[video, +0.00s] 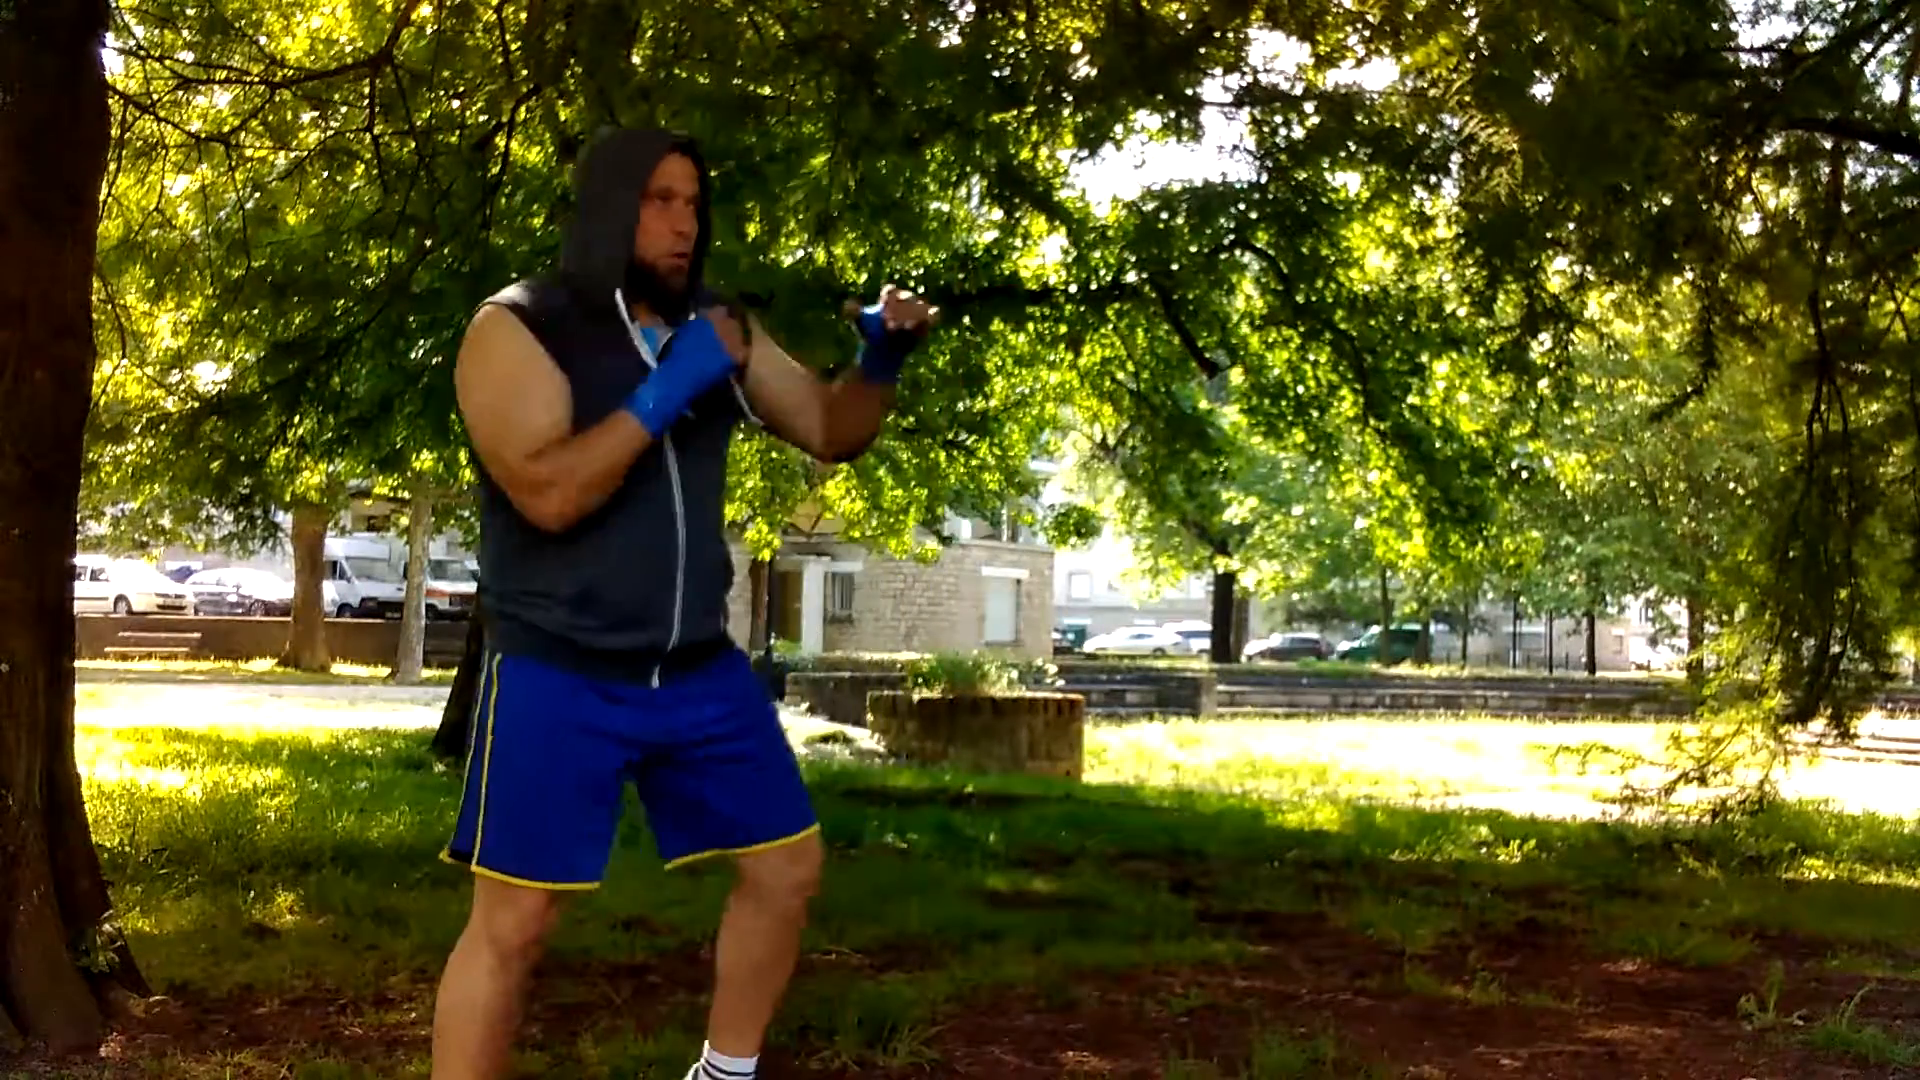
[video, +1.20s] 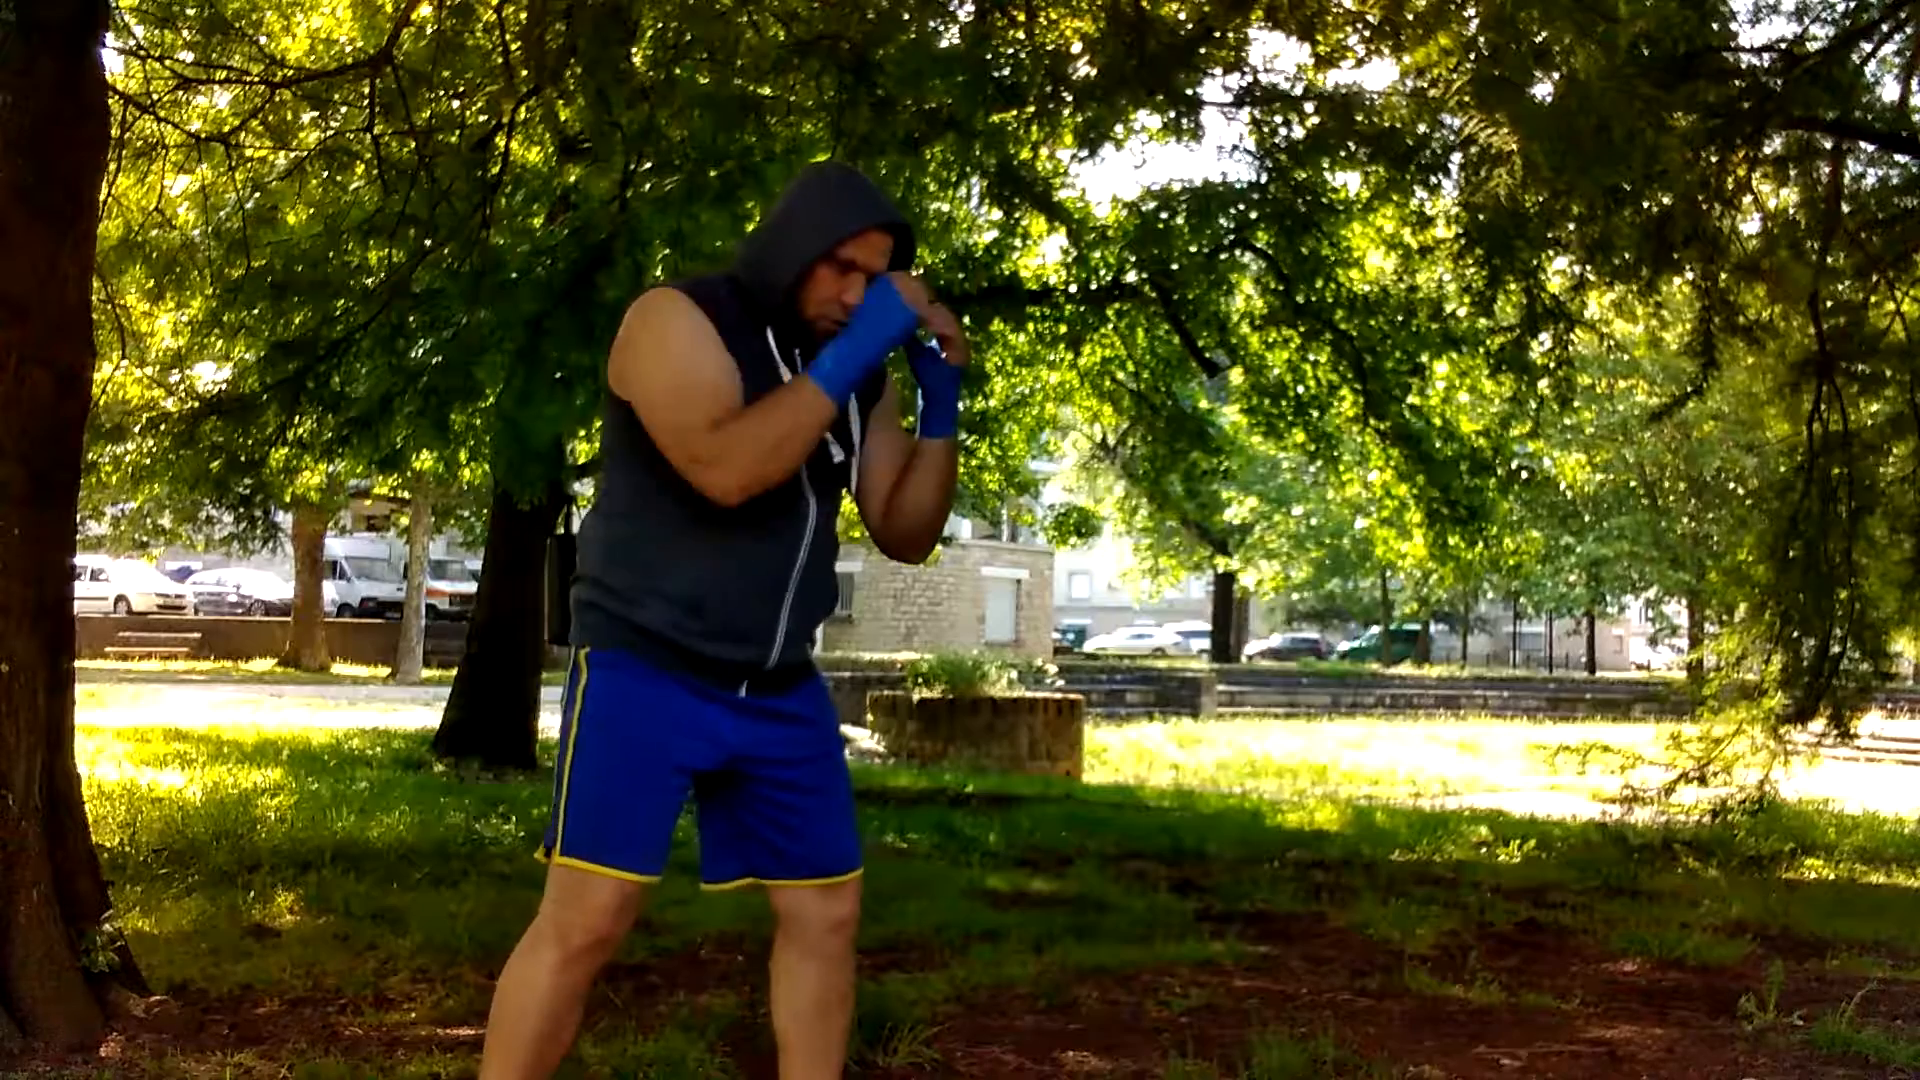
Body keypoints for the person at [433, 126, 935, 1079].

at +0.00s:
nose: (686, 223)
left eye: (695, 205)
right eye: (664, 201)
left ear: (701, 220)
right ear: (607, 208)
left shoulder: (714, 330)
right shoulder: (511, 330)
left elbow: (831, 430)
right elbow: (549, 493)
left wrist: (882, 354)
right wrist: (674, 380)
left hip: (699, 667)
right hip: (555, 669)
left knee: (785, 863)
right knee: (514, 921)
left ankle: (725, 1072)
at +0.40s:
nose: (682, 225)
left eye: (692, 206)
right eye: (660, 202)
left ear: (700, 220)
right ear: (603, 205)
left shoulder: (696, 336)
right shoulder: (513, 314)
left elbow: (760, 488)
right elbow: (604, 430)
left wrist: (812, 432)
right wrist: (726, 330)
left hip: (694, 669)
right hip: (555, 670)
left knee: (760, 883)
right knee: (503, 917)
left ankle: (781, 1075)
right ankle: (455, 1073)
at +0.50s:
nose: (701, 249)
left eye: (715, 232)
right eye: (682, 225)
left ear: (724, 240)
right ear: (626, 218)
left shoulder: (720, 353)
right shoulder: (544, 320)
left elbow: (803, 484)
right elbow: (700, 365)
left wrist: (869, 409)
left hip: (707, 679)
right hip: (566, 671)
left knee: (752, 907)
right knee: (519, 921)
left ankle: (779, 1078)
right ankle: (460, 1075)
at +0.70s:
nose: (821, 284)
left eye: (832, 265)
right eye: (807, 258)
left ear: (833, 264)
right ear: (750, 241)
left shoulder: (805, 359)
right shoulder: (638, 329)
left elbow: (877, 510)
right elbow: (692, 487)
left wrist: (909, 382)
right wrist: (827, 374)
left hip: (763, 679)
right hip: (638, 670)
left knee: (789, 909)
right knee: (592, 899)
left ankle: (797, 1077)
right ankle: (496, 1070)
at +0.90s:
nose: (864, 297)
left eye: (877, 282)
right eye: (850, 271)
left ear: (877, 286)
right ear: (794, 252)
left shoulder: (840, 372)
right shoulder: (679, 329)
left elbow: (880, 536)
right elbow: (694, 503)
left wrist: (933, 434)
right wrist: (829, 423)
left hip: (779, 679)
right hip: (651, 668)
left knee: (817, 907)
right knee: (597, 914)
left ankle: (808, 1078)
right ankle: (514, 1073)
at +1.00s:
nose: (864, 302)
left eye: (878, 290)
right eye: (855, 276)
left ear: (880, 293)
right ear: (804, 250)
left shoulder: (833, 378)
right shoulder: (703, 312)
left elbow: (894, 519)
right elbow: (856, 381)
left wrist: (943, 391)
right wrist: (995, 290)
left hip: (781, 685)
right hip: (646, 671)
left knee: (828, 905)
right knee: (582, 917)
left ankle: (810, 1078)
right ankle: (501, 1073)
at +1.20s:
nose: (859, 298)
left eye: (875, 282)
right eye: (843, 271)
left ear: (882, 284)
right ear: (787, 250)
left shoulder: (850, 375)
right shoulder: (666, 321)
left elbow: (905, 532)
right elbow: (726, 464)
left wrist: (942, 393)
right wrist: (861, 343)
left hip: (779, 684)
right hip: (644, 673)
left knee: (824, 909)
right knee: (584, 922)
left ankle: (810, 1077)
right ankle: (503, 1074)